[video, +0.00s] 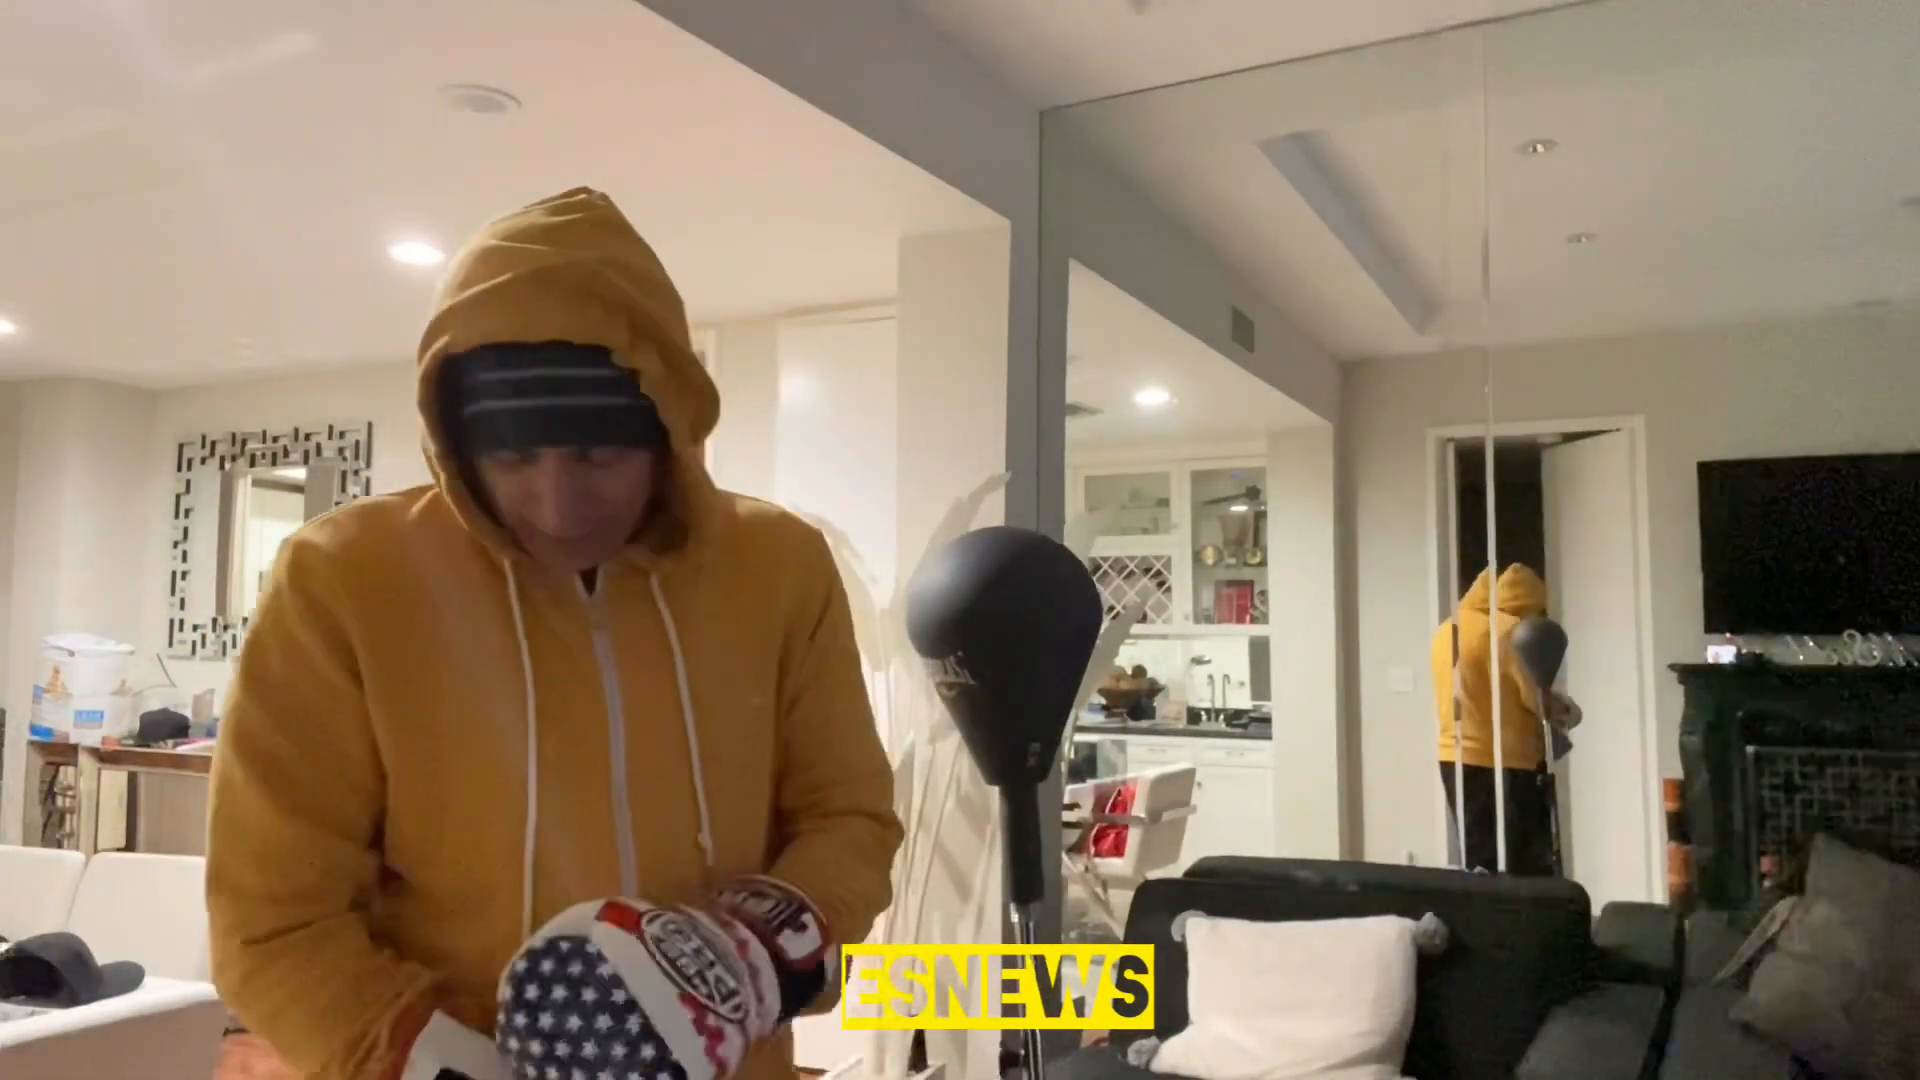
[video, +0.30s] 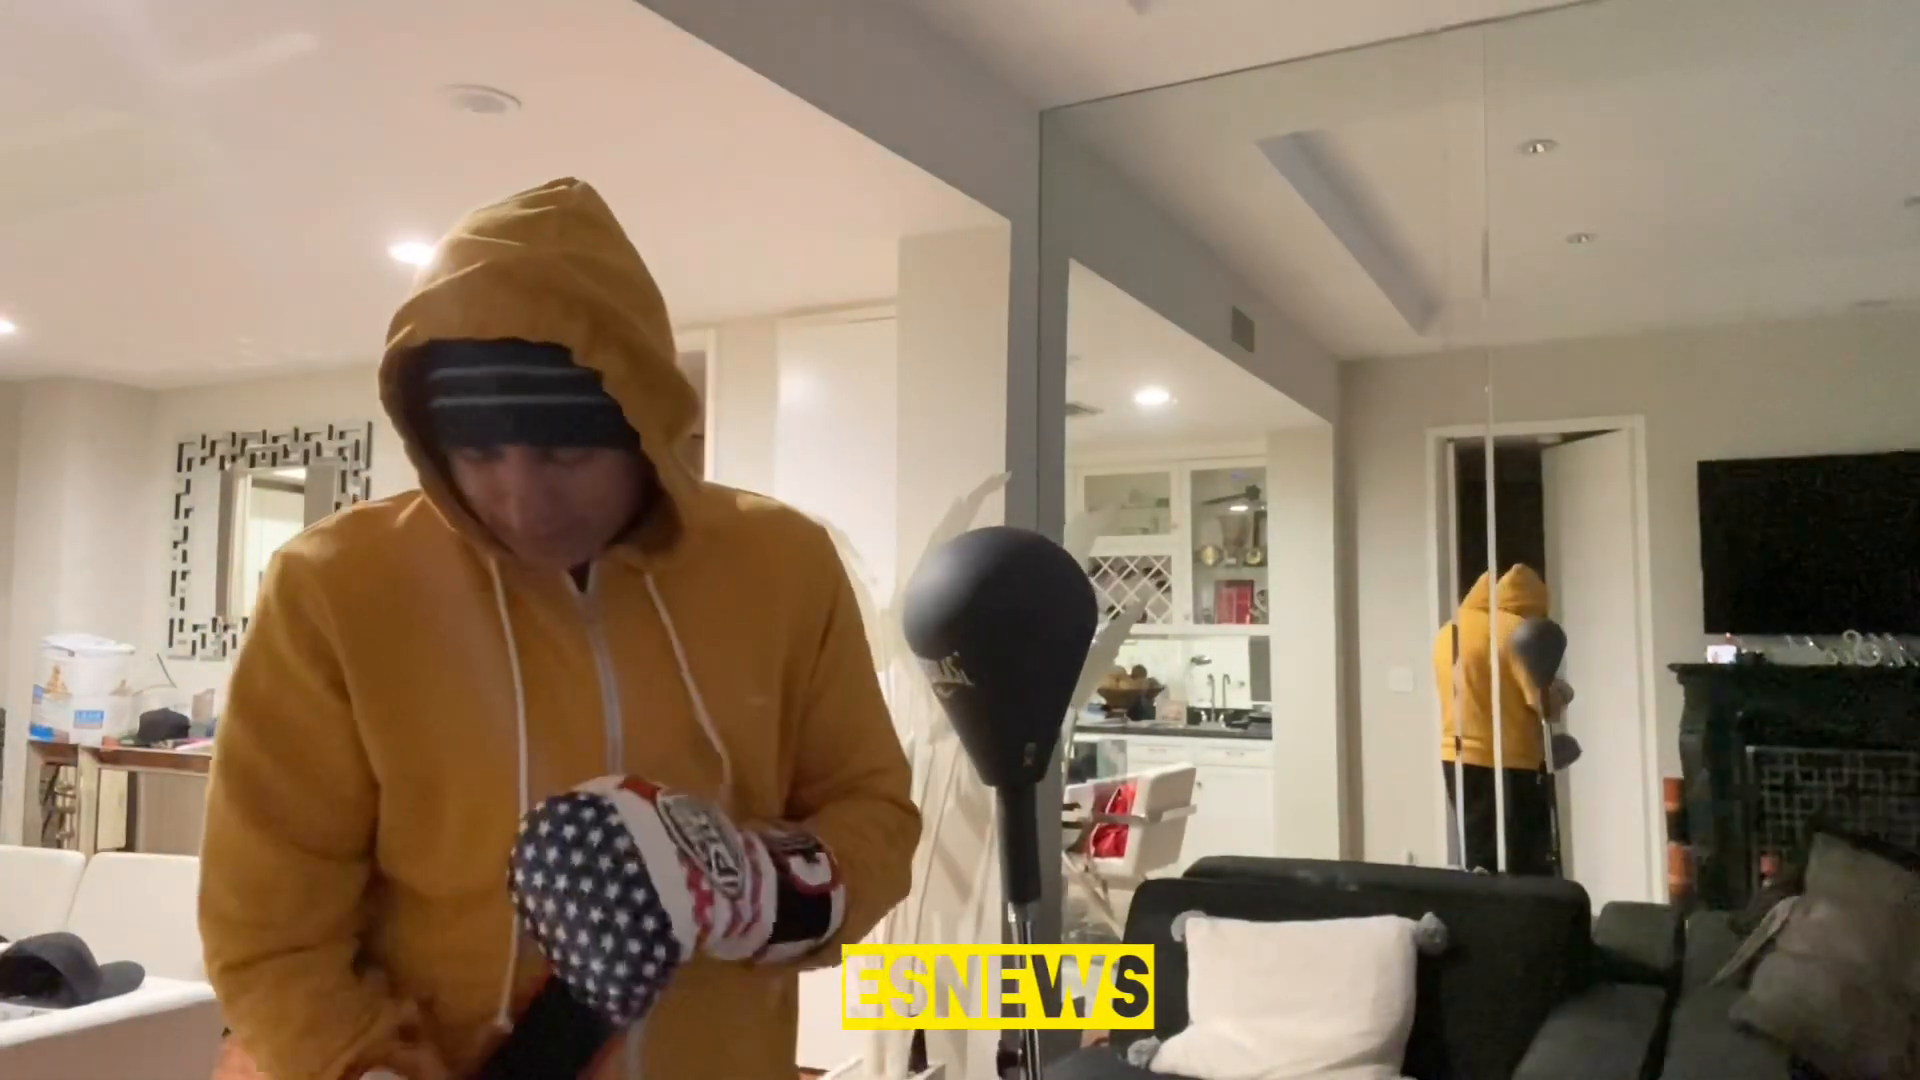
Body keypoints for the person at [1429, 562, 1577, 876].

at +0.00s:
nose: (1537, 619)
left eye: (1539, 613)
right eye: (1537, 611)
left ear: (1491, 592)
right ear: (1524, 602)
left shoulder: (1445, 632)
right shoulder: (1512, 632)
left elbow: (1457, 699)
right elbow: (1535, 697)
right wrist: (1564, 712)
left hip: (1457, 764)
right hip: (1511, 766)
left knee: (1479, 860)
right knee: (1528, 862)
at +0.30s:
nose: (1539, 619)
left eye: (1540, 613)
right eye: (1539, 611)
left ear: (1487, 592)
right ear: (1528, 602)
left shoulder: (1447, 633)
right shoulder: (1517, 631)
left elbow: (1459, 701)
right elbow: (1544, 703)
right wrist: (1561, 693)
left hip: (1460, 764)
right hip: (1514, 767)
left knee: (1479, 862)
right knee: (1528, 864)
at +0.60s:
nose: (1541, 616)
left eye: (1541, 610)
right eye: (1539, 608)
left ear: (1487, 591)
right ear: (1529, 600)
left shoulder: (1448, 633)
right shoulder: (1518, 631)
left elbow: (1455, 699)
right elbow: (1544, 702)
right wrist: (1560, 686)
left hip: (1461, 764)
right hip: (1514, 766)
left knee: (1479, 861)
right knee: (1527, 864)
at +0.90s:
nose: (1540, 611)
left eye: (1540, 604)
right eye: (1538, 603)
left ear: (1492, 589)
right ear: (1529, 598)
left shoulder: (1451, 630)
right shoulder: (1520, 633)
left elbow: (1451, 698)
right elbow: (1549, 700)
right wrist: (1568, 687)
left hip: (1462, 762)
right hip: (1516, 766)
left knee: (1479, 860)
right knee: (1529, 863)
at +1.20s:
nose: (1543, 617)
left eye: (1544, 611)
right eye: (1542, 609)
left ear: (1498, 591)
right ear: (1534, 602)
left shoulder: (1454, 628)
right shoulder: (1527, 633)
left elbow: (1448, 698)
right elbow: (1553, 702)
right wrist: (1573, 703)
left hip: (1461, 763)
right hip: (1518, 767)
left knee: (1478, 860)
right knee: (1529, 863)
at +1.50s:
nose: (1550, 617)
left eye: (1550, 611)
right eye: (1549, 610)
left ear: (1510, 590)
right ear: (1542, 602)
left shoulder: (1461, 625)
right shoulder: (1534, 630)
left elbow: (1444, 688)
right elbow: (1559, 699)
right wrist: (1567, 723)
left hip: (1463, 759)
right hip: (1518, 762)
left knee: (1477, 854)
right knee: (1527, 855)